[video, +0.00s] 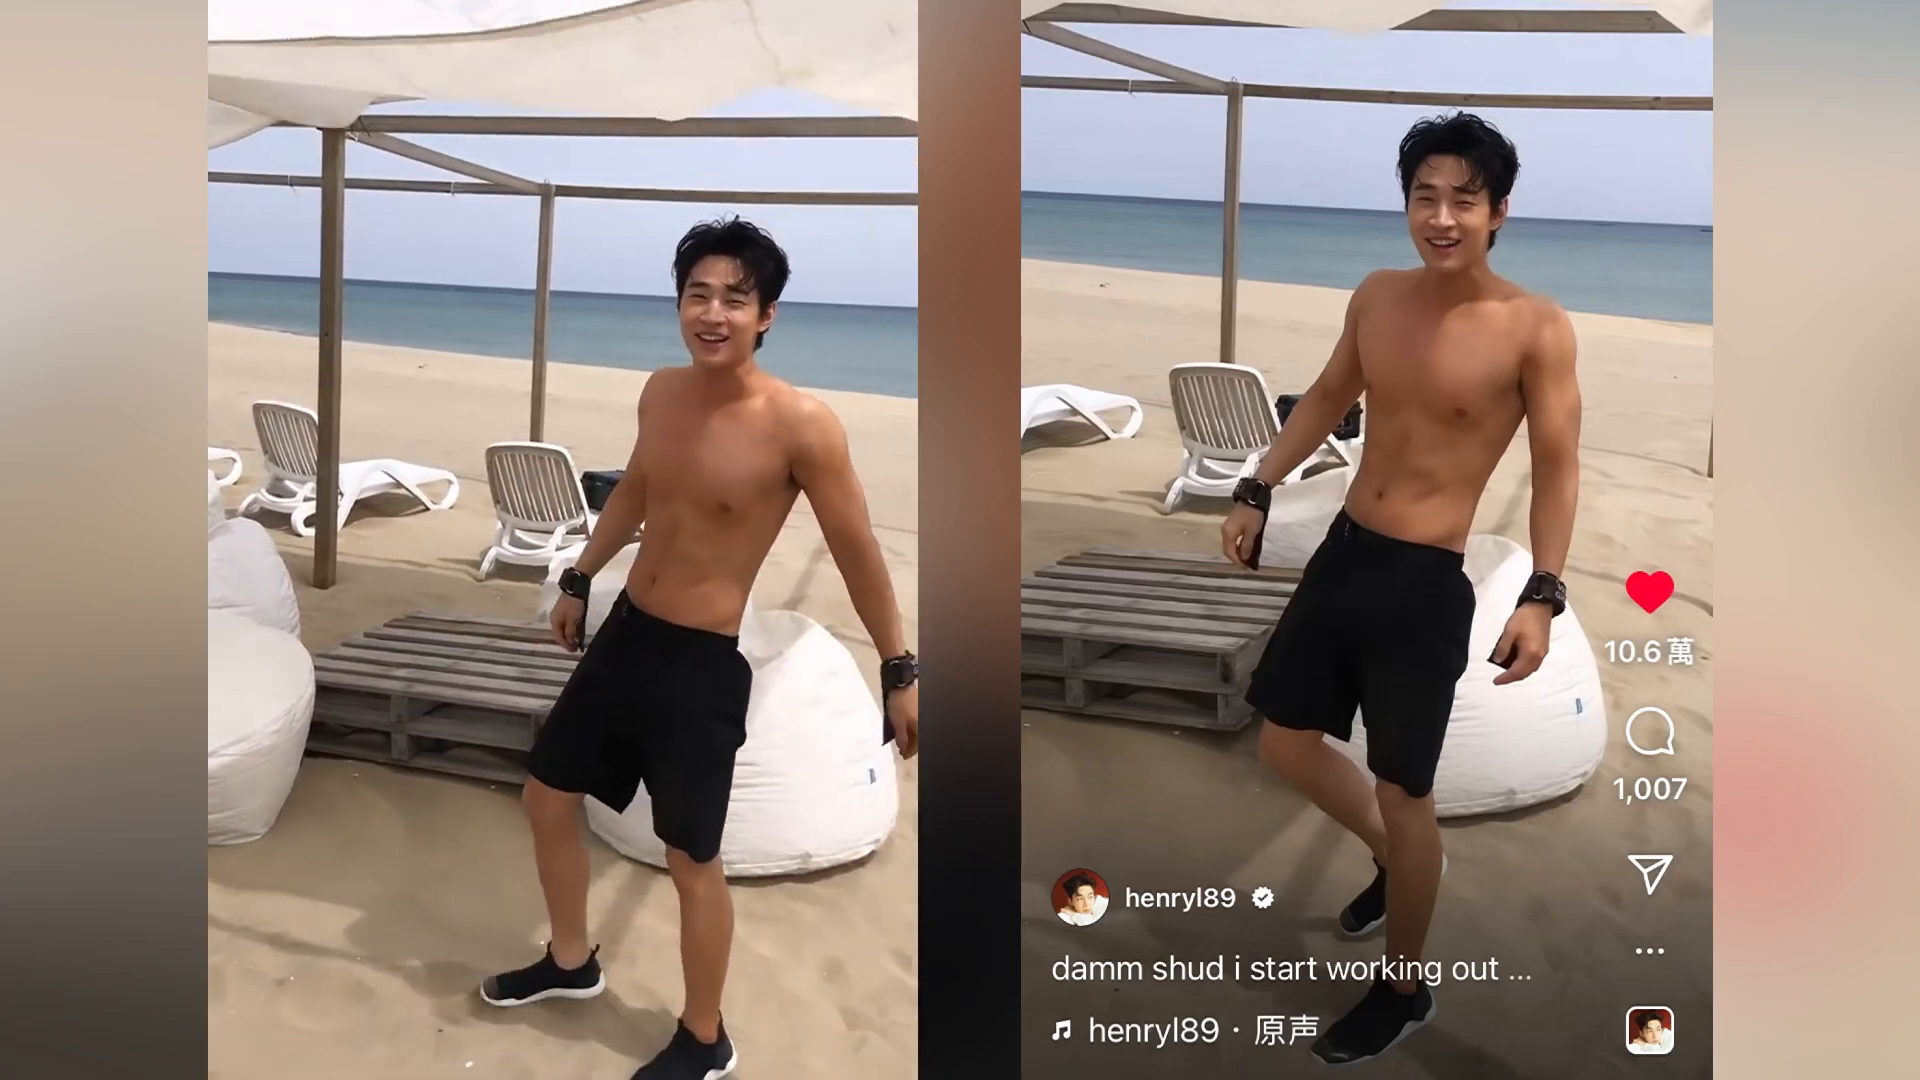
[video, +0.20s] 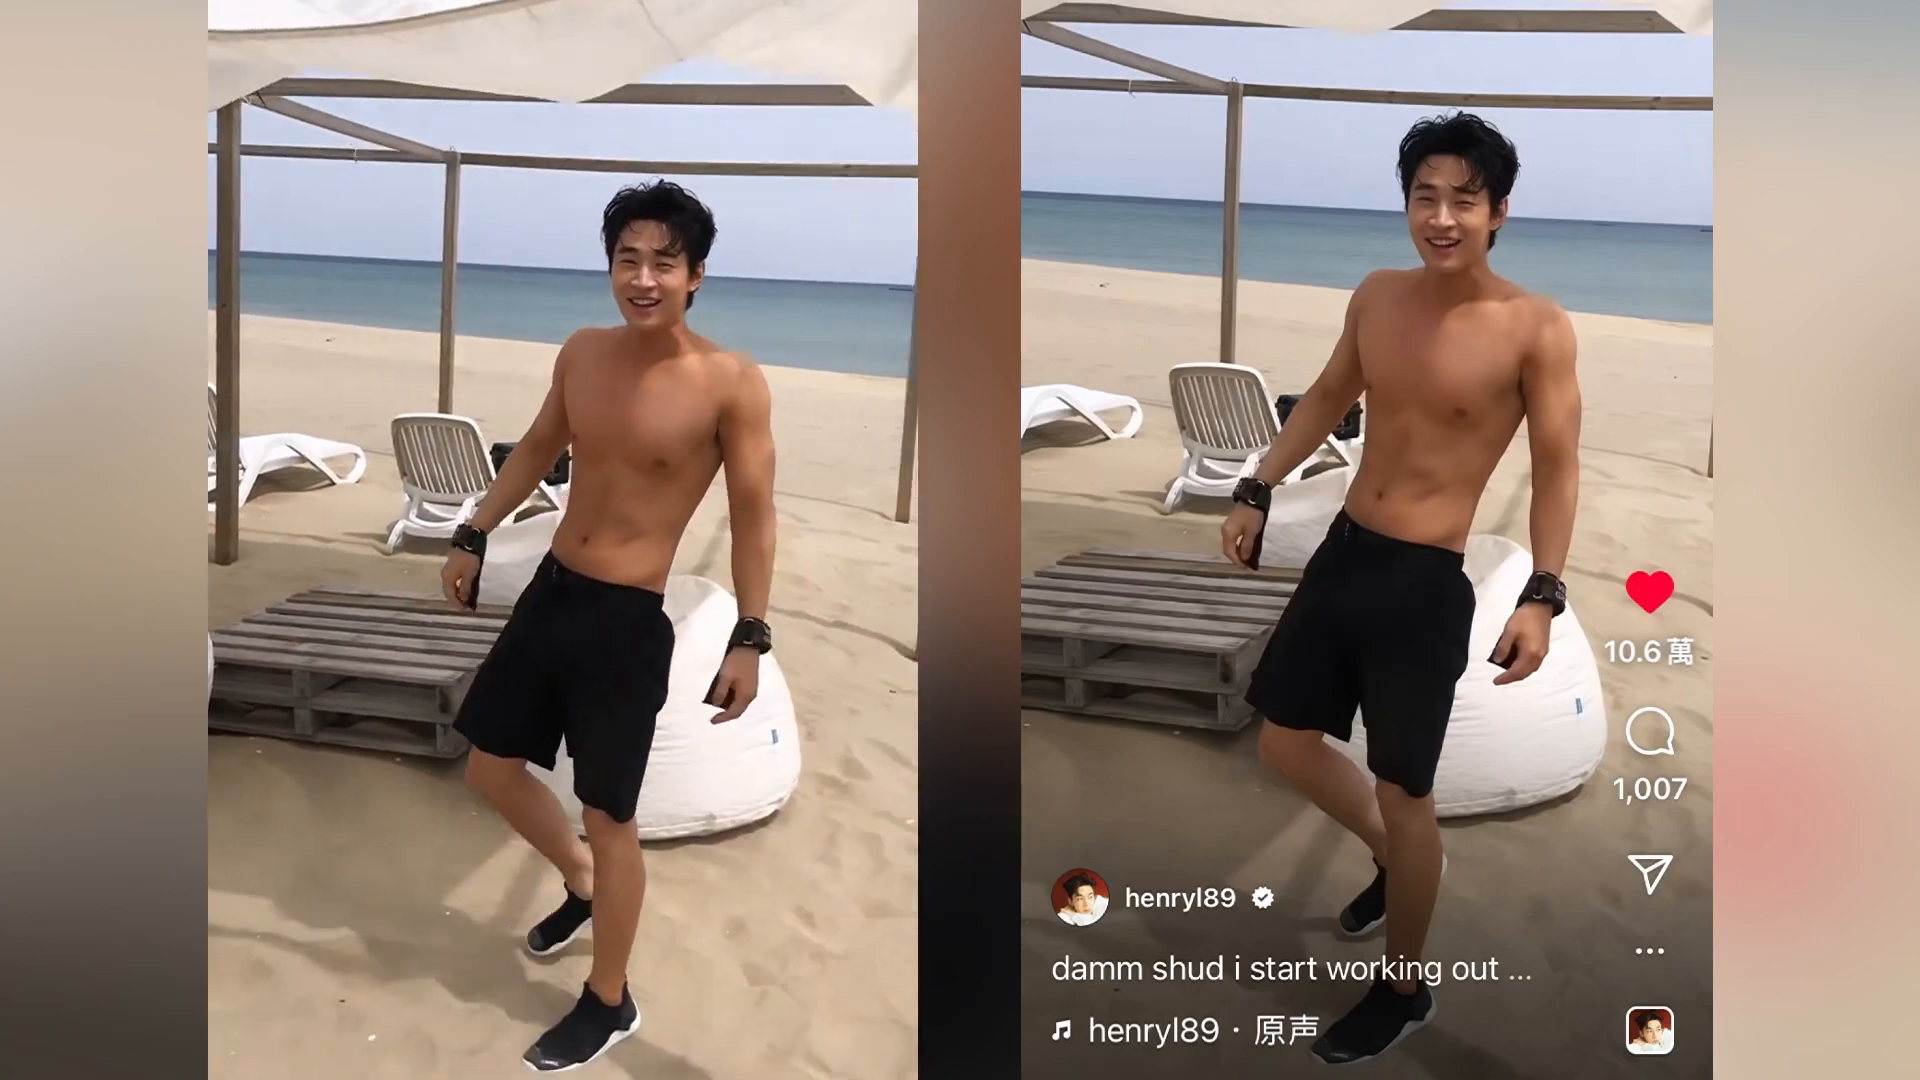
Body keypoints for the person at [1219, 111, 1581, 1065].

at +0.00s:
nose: (1440, 216)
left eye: (1462, 198)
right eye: (1424, 197)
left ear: (1498, 210)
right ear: (1406, 208)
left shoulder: (1535, 328)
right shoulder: (1378, 296)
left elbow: (1556, 468)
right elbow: (1330, 398)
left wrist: (1540, 595)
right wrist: (1255, 484)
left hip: (1426, 579)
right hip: (1345, 553)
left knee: (1402, 799)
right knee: (1284, 742)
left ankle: (1403, 981)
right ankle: (1398, 847)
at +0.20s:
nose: (1440, 216)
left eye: (1461, 198)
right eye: (1424, 197)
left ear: (1498, 210)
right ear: (1406, 208)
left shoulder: (1535, 328)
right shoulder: (1379, 297)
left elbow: (1556, 469)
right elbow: (1330, 398)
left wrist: (1540, 595)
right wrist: (1256, 484)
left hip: (1427, 579)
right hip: (1345, 553)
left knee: (1402, 799)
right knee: (1284, 742)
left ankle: (1403, 981)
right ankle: (1398, 846)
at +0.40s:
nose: (1440, 216)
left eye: (1461, 198)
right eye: (1424, 197)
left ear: (1498, 210)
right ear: (1406, 208)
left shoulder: (1535, 328)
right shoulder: (1379, 296)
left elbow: (1556, 468)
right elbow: (1330, 398)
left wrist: (1541, 595)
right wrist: (1256, 484)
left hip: (1426, 579)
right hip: (1345, 554)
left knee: (1402, 799)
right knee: (1284, 742)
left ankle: (1402, 981)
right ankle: (1398, 848)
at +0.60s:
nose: (1440, 216)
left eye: (1461, 198)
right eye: (1424, 197)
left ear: (1498, 210)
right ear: (1406, 208)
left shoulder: (1535, 328)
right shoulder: (1379, 296)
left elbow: (1556, 468)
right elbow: (1330, 398)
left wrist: (1541, 595)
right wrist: (1256, 484)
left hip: (1426, 579)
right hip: (1345, 554)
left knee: (1402, 799)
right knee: (1284, 742)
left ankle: (1402, 981)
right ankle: (1398, 848)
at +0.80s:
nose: (1440, 216)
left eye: (1462, 199)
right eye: (1425, 197)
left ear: (1498, 211)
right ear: (1406, 207)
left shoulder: (1535, 328)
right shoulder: (1378, 296)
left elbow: (1556, 468)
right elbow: (1330, 398)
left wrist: (1541, 595)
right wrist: (1256, 484)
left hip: (1427, 579)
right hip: (1345, 553)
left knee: (1402, 799)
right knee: (1284, 741)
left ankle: (1402, 981)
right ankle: (1398, 848)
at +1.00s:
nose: (1440, 216)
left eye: (1461, 198)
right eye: (1424, 197)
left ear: (1498, 210)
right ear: (1406, 208)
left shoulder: (1535, 328)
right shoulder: (1379, 296)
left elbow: (1556, 469)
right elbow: (1330, 398)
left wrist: (1540, 595)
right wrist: (1256, 484)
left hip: (1427, 579)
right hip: (1345, 553)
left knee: (1402, 799)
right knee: (1284, 742)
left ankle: (1403, 981)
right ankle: (1398, 846)